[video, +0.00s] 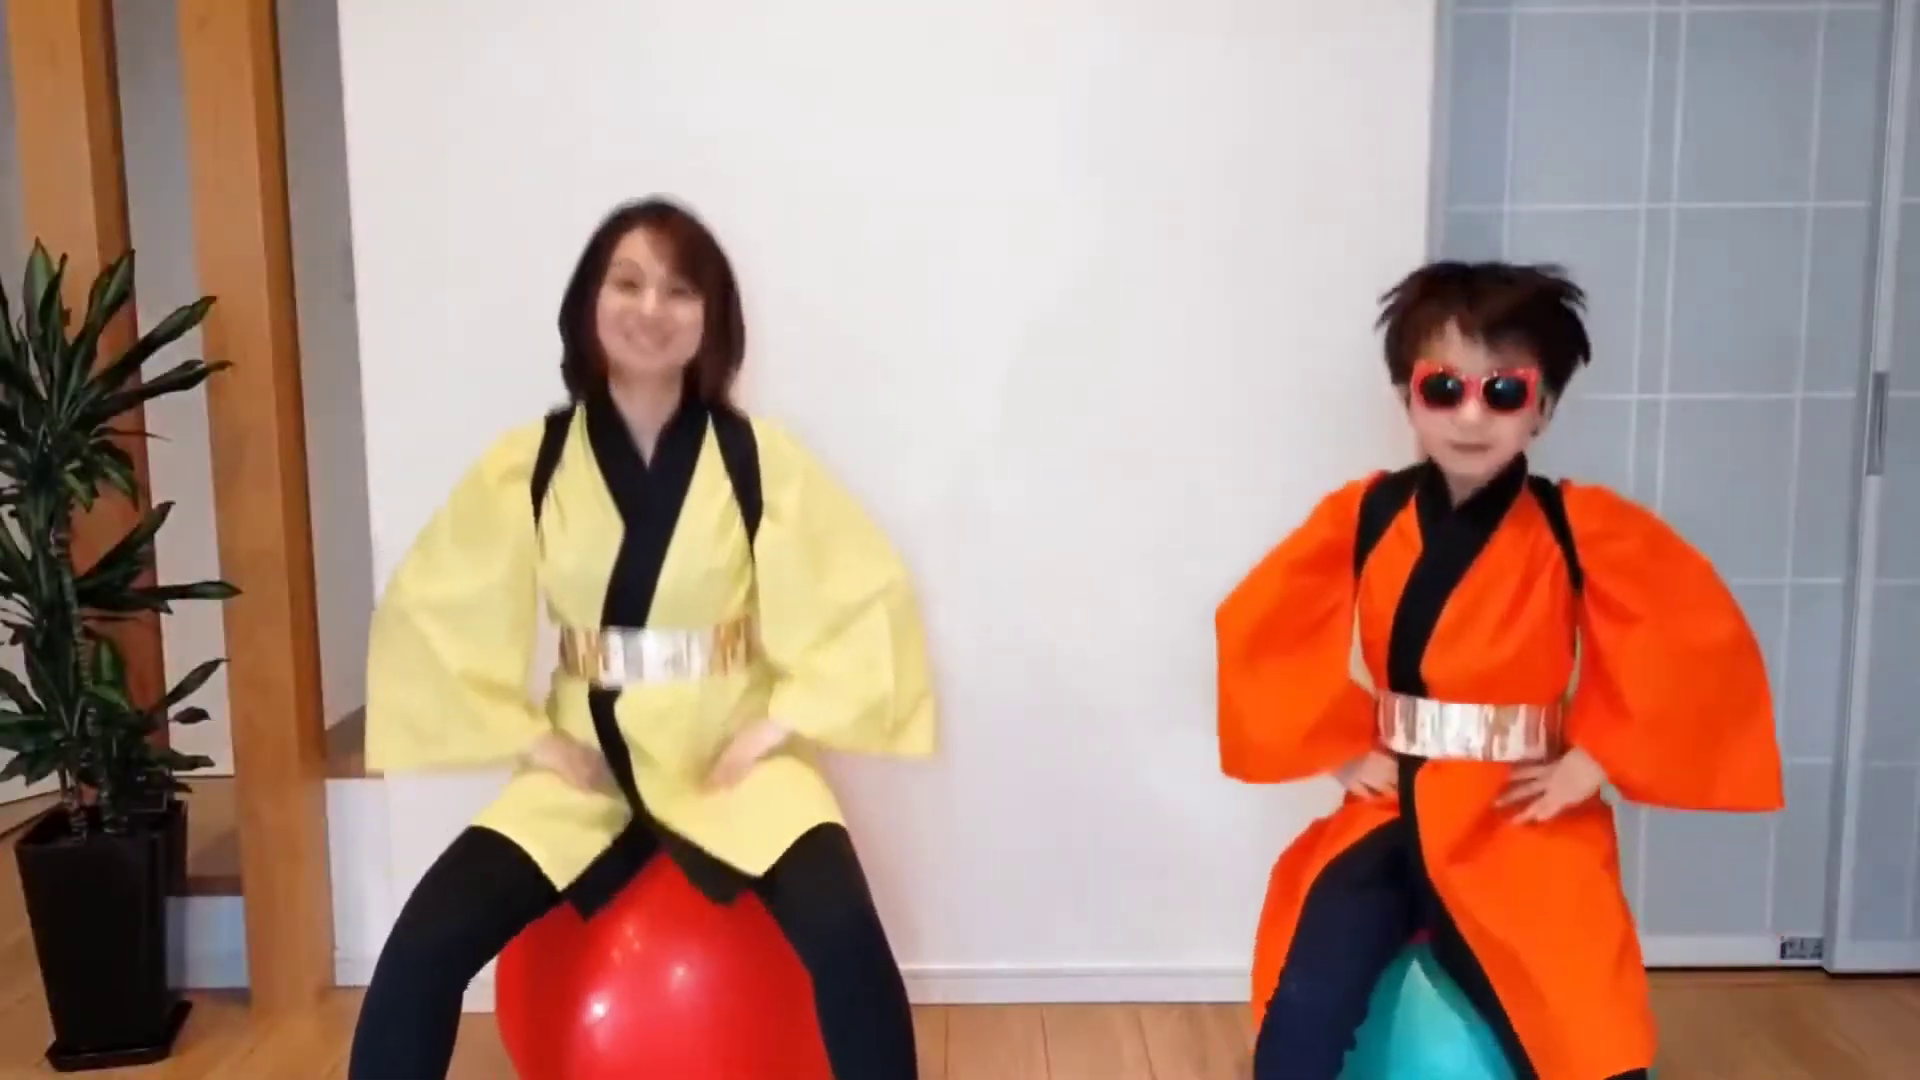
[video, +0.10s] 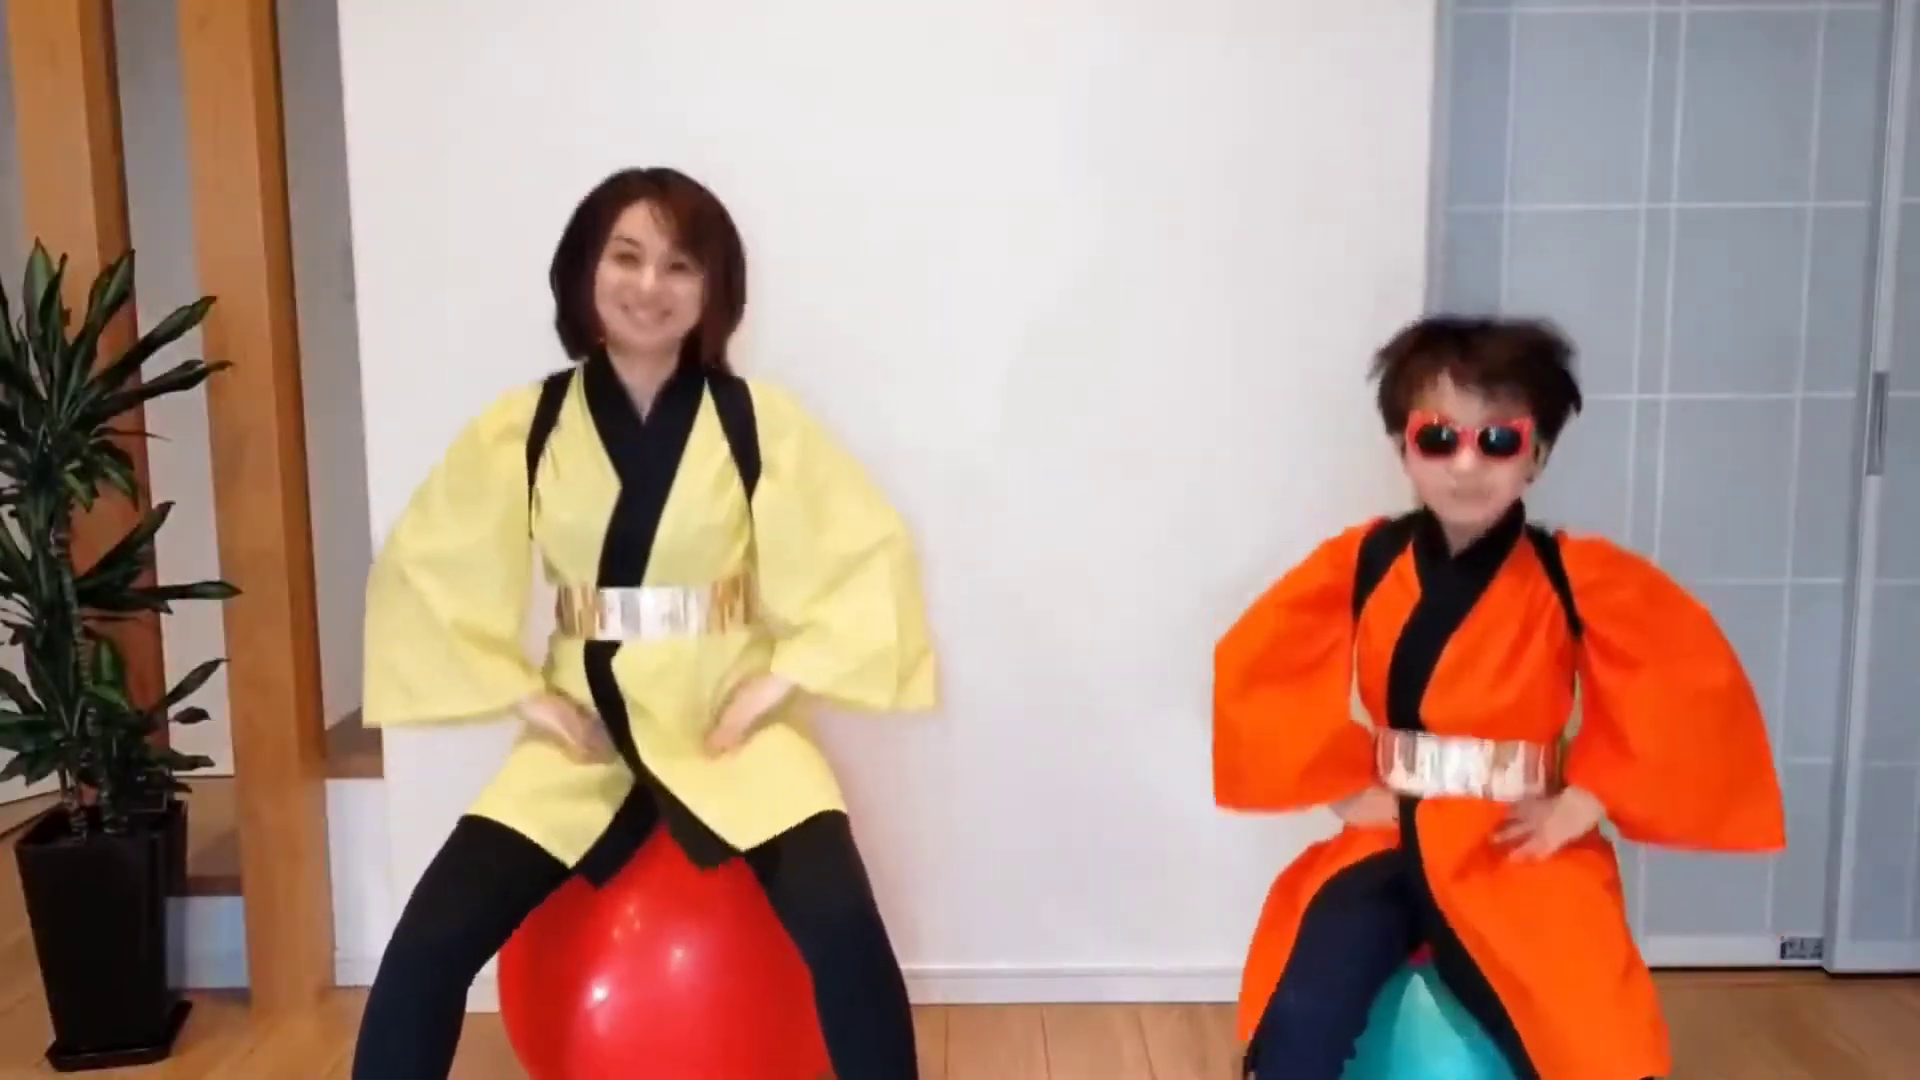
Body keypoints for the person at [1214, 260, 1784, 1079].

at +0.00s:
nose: (1471, 415)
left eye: (1505, 390)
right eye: (1443, 387)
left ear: (1543, 409)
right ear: (1407, 397)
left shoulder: (1582, 525)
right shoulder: (1363, 517)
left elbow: (1702, 642)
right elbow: (1256, 630)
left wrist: (1597, 756)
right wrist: (1341, 743)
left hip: (1529, 820)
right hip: (1392, 813)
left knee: (1595, 1030)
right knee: (1307, 994)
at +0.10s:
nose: (1465, 464)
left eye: (1499, 439)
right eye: (1436, 437)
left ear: (1537, 458)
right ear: (1401, 448)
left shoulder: (1576, 573)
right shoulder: (1362, 562)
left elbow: (1687, 687)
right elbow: (1251, 669)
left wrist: (1589, 796)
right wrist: (1341, 783)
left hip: (1522, 849)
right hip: (1385, 841)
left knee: (1599, 1041)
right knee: (1299, 1012)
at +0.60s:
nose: (1453, 444)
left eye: (1486, 420)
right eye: (1424, 420)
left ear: (1526, 444)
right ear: (1390, 439)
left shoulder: (1566, 560)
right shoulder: (1357, 555)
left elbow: (1687, 669)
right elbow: (1242, 658)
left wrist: (1586, 782)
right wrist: (1339, 775)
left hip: (1524, 839)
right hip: (1386, 832)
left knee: (1616, 1033)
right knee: (1292, 1005)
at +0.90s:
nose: (1458, 499)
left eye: (1490, 473)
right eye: (1429, 473)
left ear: (1530, 495)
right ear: (1393, 491)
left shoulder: (1569, 619)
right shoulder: (1360, 603)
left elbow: (1690, 745)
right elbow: (1245, 706)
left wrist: (1571, 847)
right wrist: (1337, 821)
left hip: (1518, 885)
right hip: (1375, 874)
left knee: (1628, 1053)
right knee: (1289, 1013)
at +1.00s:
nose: (1465, 432)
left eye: (1497, 407)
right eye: (1436, 406)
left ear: (1535, 423)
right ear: (1397, 418)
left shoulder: (1575, 549)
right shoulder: (1360, 536)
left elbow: (1693, 677)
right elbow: (1247, 646)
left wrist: (1587, 785)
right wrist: (1346, 762)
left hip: (1521, 832)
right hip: (1381, 819)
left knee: (1634, 1041)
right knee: (1282, 994)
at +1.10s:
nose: (1467, 441)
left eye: (1500, 416)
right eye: (1438, 414)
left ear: (1536, 429)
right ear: (1399, 424)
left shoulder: (1573, 549)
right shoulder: (1359, 538)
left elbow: (1693, 667)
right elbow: (1242, 642)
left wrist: (1589, 776)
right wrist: (1341, 756)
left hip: (1522, 823)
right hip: (1384, 816)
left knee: (1633, 1032)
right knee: (1281, 1001)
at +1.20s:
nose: (1466, 513)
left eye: (1497, 490)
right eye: (1438, 487)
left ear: (1531, 506)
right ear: (1397, 500)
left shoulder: (1567, 623)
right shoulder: (1361, 606)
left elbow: (1684, 745)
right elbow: (1240, 705)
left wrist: (1571, 844)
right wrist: (1342, 814)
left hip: (1513, 884)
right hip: (1380, 871)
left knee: (1621, 1040)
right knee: (1308, 970)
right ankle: (1275, 1066)